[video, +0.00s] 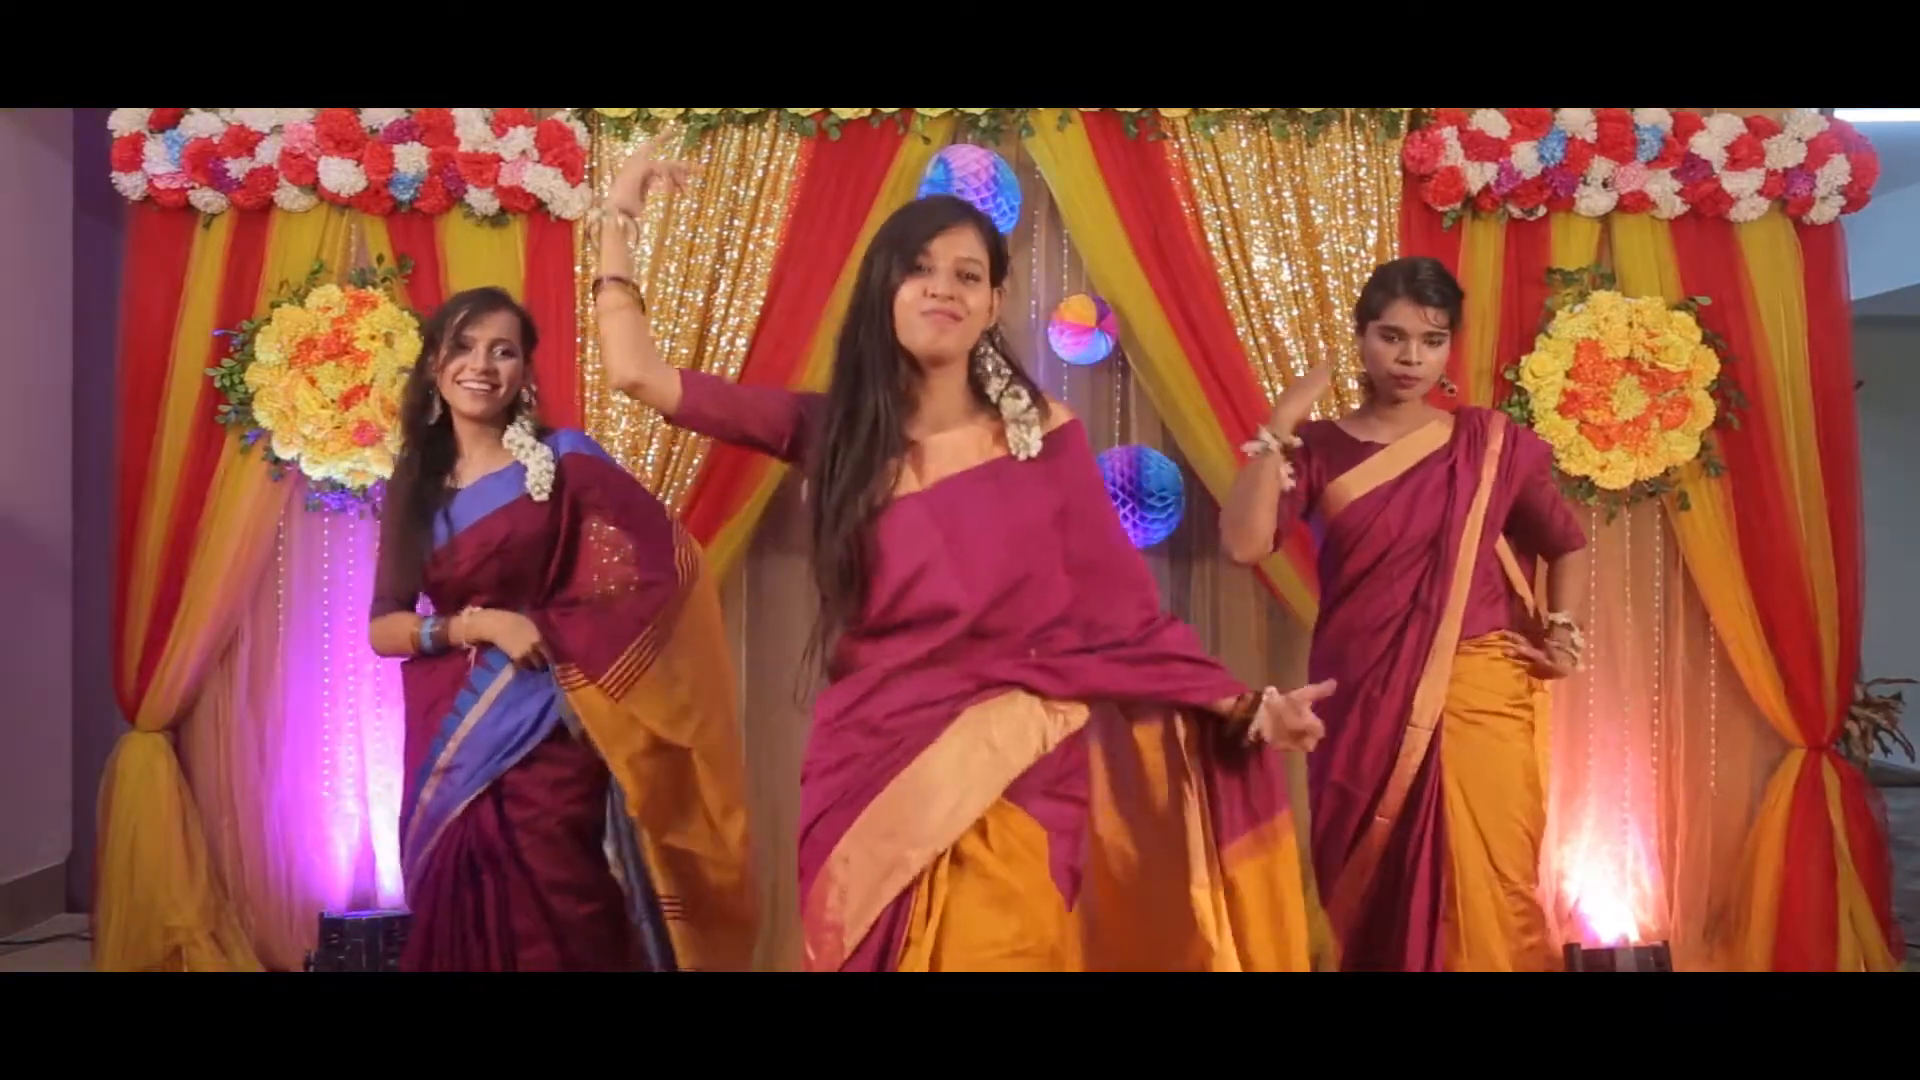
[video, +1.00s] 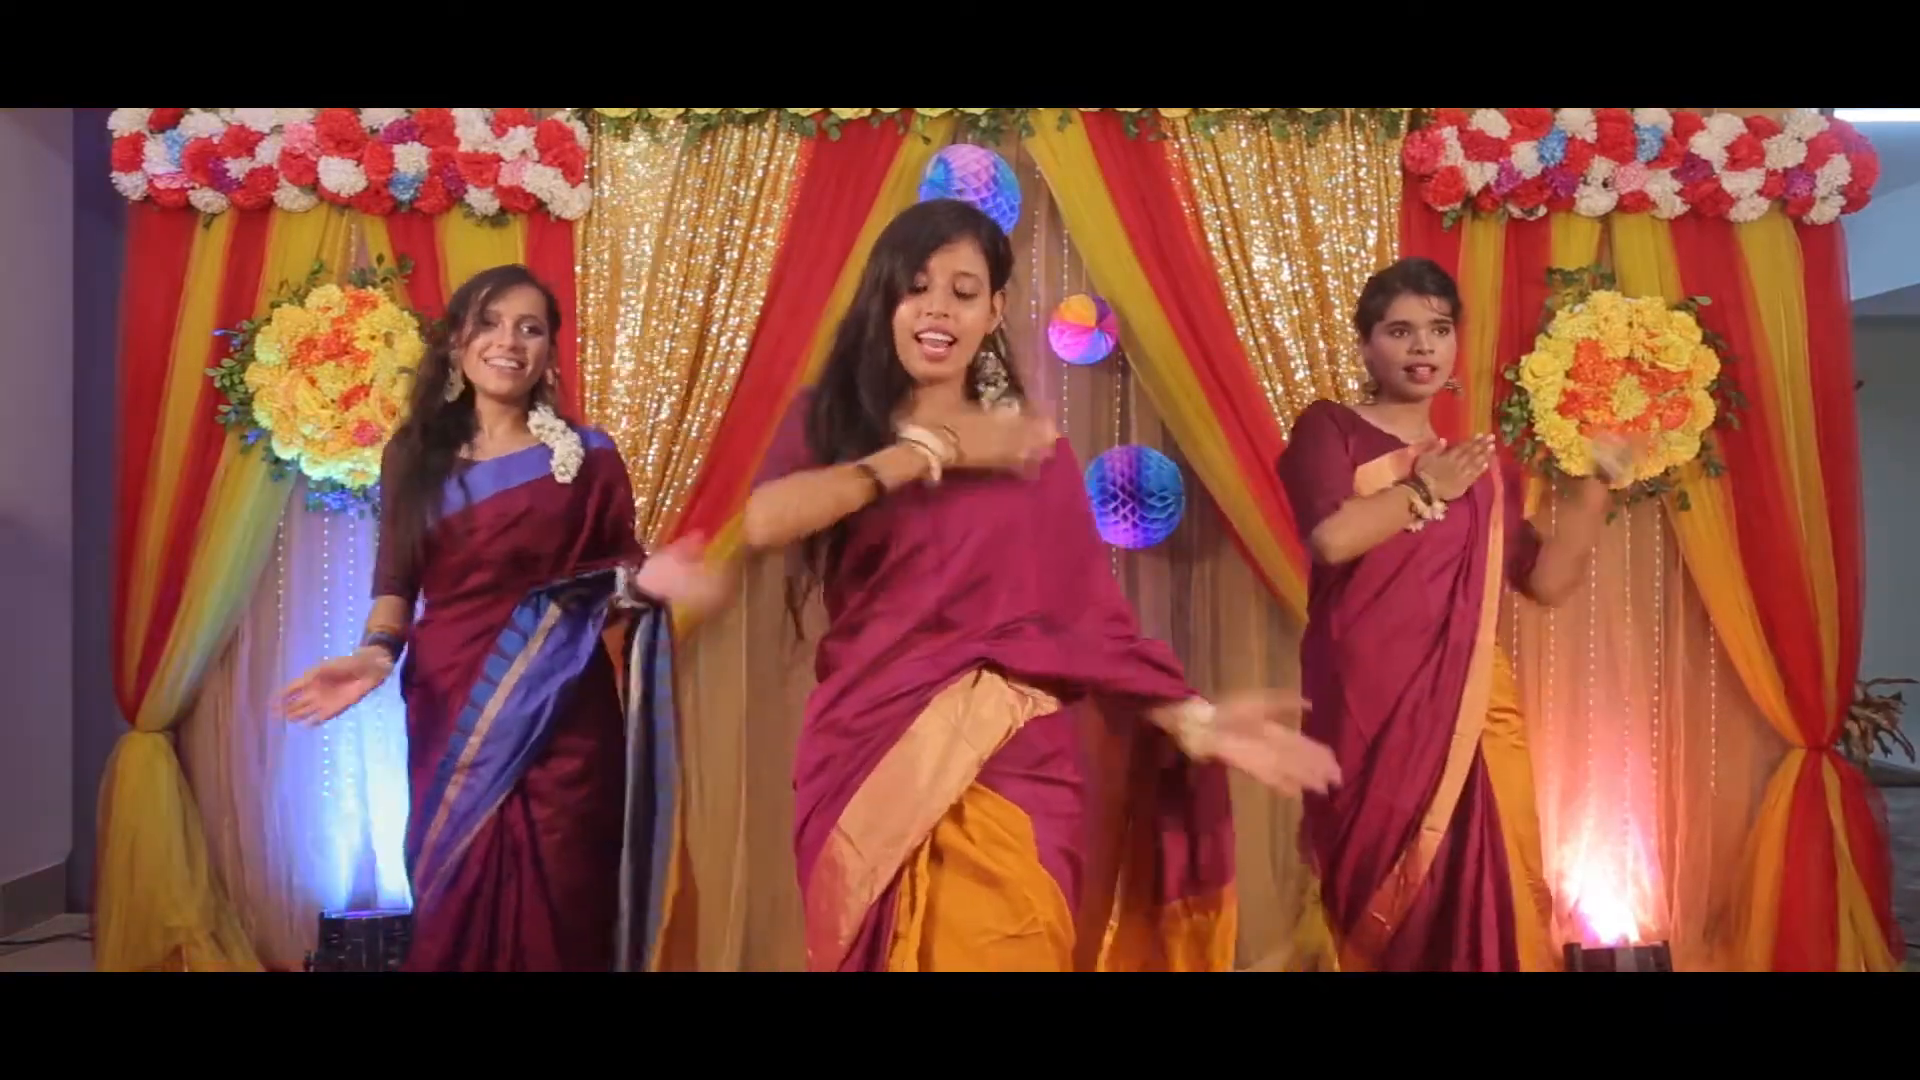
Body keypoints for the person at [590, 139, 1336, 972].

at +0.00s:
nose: (944, 291)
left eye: (970, 277)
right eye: (921, 271)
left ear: (995, 305)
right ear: (880, 291)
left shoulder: (1048, 437)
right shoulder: (844, 431)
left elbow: (1128, 621)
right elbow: (638, 375)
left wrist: (1248, 707)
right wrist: (617, 220)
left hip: (1022, 759)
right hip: (875, 757)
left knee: (1005, 949)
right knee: (868, 953)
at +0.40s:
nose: (946, 281)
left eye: (972, 265)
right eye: (924, 260)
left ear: (1004, 295)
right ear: (888, 286)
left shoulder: (1044, 433)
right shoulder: (841, 421)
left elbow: (1107, 622)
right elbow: (633, 451)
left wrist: (1225, 752)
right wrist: (652, 275)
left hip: (1025, 754)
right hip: (875, 755)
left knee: (1019, 948)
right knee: (883, 955)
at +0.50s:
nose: (944, 285)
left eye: (972, 267)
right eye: (922, 264)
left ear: (1004, 296)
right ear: (892, 285)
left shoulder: (1044, 433)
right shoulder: (840, 427)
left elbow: (1109, 626)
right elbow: (678, 548)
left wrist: (1211, 763)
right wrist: (627, 385)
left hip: (1024, 757)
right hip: (871, 757)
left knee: (1007, 953)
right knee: (875, 956)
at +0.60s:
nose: (943, 290)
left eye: (969, 272)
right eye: (922, 268)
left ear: (1003, 301)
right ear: (889, 289)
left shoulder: (1048, 436)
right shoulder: (834, 439)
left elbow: (1109, 631)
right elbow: (772, 619)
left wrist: (1186, 782)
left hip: (1020, 764)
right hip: (866, 763)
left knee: (998, 952)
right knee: (864, 956)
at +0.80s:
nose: (930, 295)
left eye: (959, 279)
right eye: (913, 273)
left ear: (993, 308)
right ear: (880, 292)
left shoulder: (1041, 423)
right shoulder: (836, 447)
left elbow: (1103, 603)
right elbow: (793, 624)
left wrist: (1159, 739)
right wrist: (700, 520)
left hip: (1019, 752)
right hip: (868, 754)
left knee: (991, 949)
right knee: (867, 951)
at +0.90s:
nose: (932, 307)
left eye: (959, 288)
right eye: (912, 283)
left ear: (992, 313)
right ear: (879, 303)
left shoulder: (1038, 430)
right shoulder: (840, 443)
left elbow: (1102, 620)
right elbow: (766, 596)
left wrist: (1206, 757)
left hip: (1021, 749)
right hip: (871, 751)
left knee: (992, 948)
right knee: (872, 953)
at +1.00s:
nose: (936, 310)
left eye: (963, 292)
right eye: (917, 287)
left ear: (994, 311)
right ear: (883, 300)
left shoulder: (1034, 443)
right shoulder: (835, 419)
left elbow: (1091, 615)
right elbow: (762, 522)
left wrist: (1187, 718)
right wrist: (923, 454)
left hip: (1018, 749)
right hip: (871, 747)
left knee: (1007, 947)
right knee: (876, 955)